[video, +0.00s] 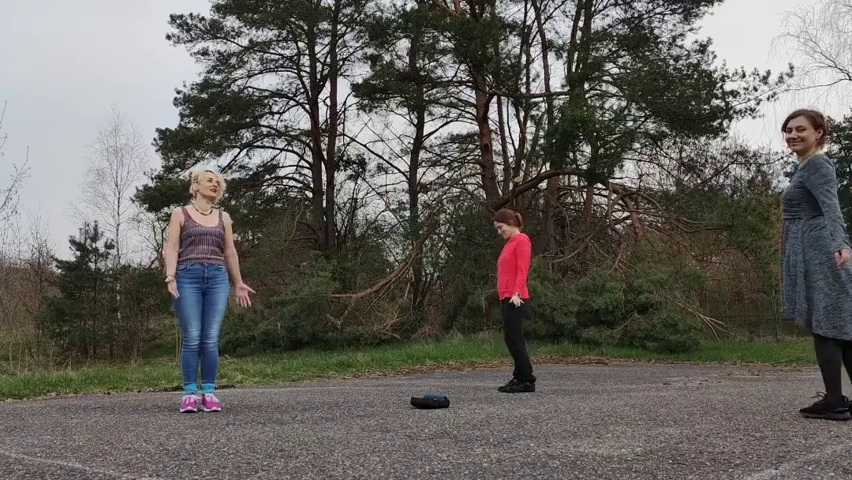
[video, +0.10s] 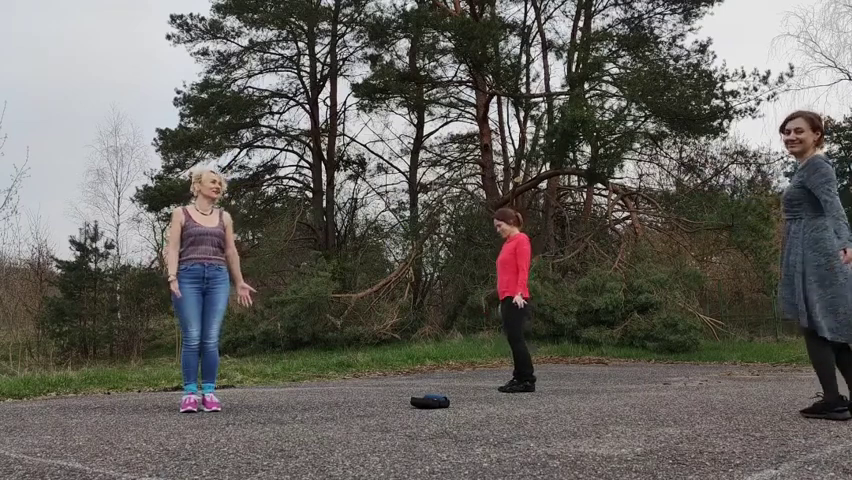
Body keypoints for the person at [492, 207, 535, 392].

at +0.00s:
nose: (499, 232)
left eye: (500, 228)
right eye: (497, 229)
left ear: (511, 224)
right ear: (506, 226)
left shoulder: (522, 241)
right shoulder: (511, 243)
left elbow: (523, 268)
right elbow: (510, 269)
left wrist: (517, 292)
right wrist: (505, 292)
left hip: (515, 298)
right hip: (506, 297)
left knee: (514, 339)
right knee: (512, 339)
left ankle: (525, 379)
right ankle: (520, 377)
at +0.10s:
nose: (498, 230)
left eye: (499, 226)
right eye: (496, 227)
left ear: (510, 223)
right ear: (504, 225)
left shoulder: (521, 240)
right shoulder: (509, 242)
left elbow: (523, 268)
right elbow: (509, 270)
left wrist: (519, 292)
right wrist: (503, 296)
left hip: (515, 297)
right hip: (507, 297)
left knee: (516, 339)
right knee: (513, 339)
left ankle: (526, 379)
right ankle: (519, 377)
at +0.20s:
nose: (498, 230)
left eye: (499, 226)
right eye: (496, 227)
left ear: (510, 223)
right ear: (501, 226)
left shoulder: (521, 240)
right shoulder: (508, 243)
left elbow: (525, 269)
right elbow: (505, 274)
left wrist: (521, 294)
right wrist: (501, 300)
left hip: (516, 297)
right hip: (507, 298)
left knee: (517, 339)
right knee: (514, 340)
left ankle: (526, 379)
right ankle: (519, 377)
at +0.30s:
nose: (498, 229)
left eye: (500, 225)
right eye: (496, 226)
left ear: (511, 222)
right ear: (499, 226)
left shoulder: (522, 241)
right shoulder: (507, 244)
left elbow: (526, 270)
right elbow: (504, 276)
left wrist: (522, 295)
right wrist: (499, 302)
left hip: (516, 298)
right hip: (506, 299)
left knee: (515, 339)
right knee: (512, 339)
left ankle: (526, 379)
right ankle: (519, 377)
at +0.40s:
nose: (497, 227)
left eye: (500, 223)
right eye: (496, 224)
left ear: (511, 222)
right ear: (505, 223)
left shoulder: (522, 242)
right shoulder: (507, 244)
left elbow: (527, 270)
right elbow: (502, 276)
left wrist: (524, 295)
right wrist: (496, 302)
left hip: (516, 298)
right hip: (505, 298)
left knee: (515, 339)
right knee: (512, 339)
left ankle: (526, 379)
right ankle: (519, 377)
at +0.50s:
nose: (497, 225)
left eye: (500, 221)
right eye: (496, 222)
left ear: (512, 221)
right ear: (500, 223)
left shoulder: (521, 241)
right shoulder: (504, 244)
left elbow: (527, 269)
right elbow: (501, 277)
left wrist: (525, 293)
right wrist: (491, 302)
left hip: (515, 297)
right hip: (504, 298)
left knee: (516, 340)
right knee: (514, 340)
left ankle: (526, 379)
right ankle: (519, 377)